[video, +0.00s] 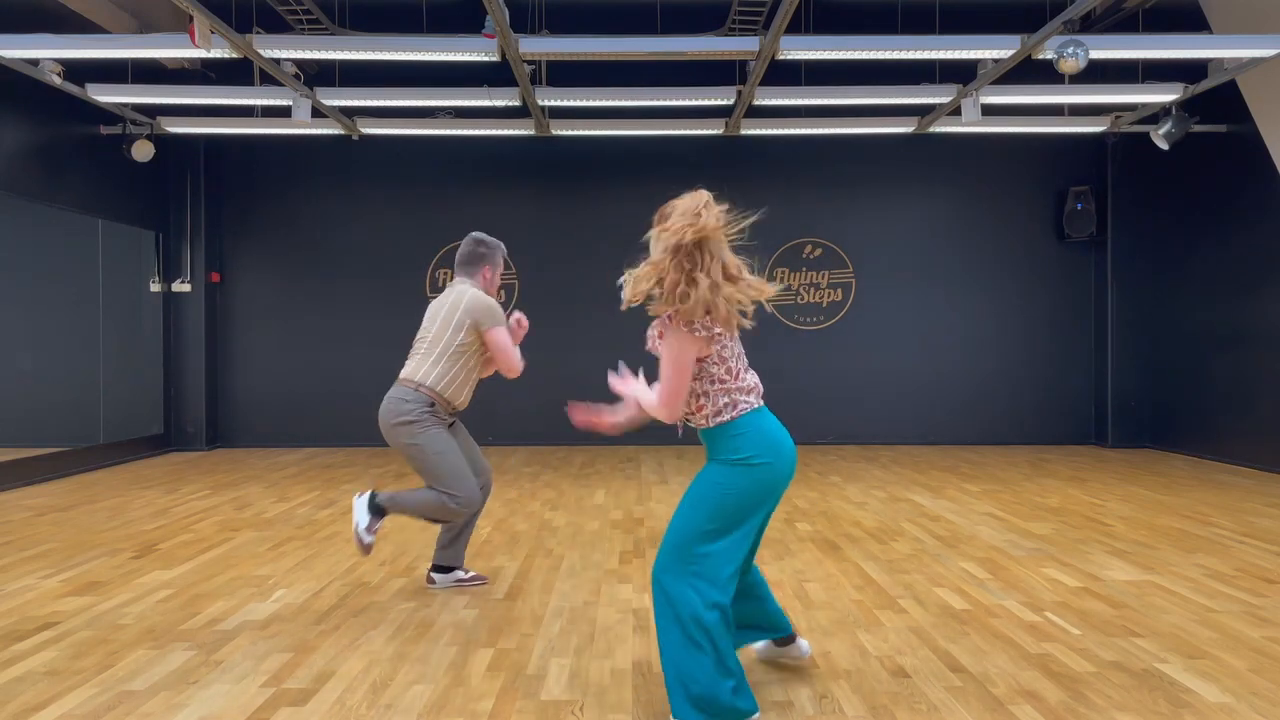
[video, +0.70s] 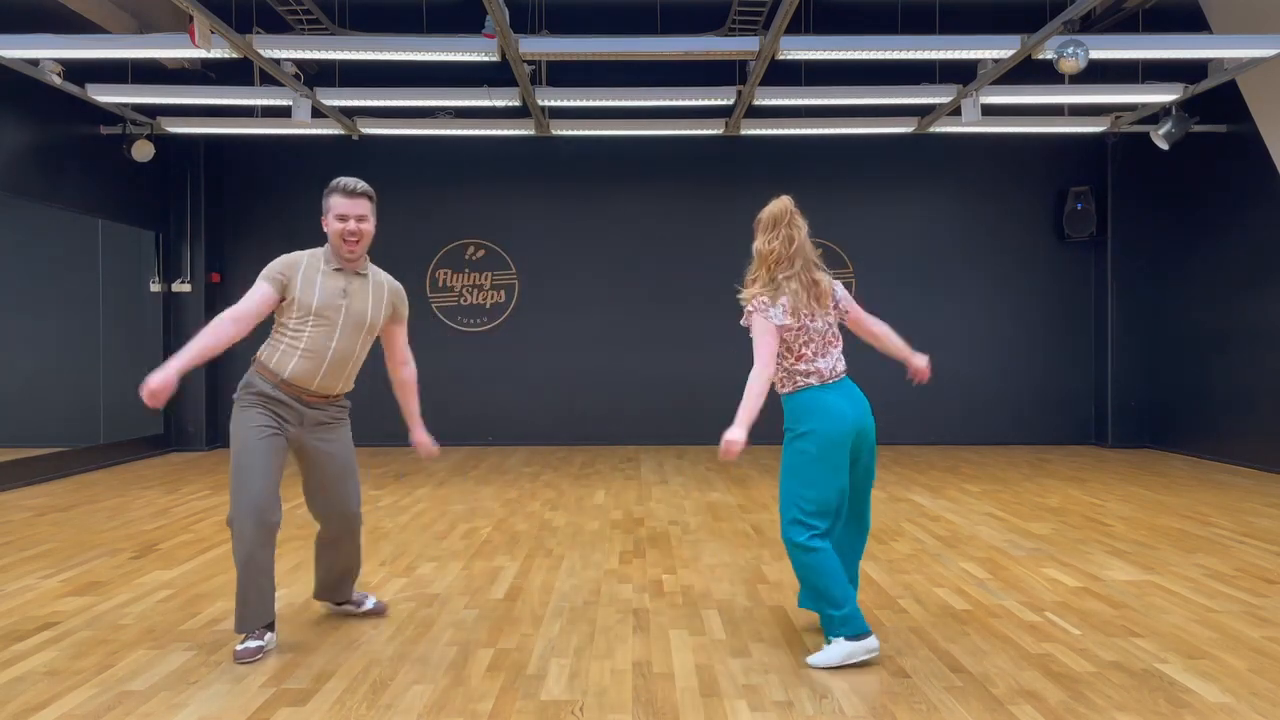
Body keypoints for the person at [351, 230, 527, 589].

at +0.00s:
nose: (500, 280)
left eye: (501, 272)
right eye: (500, 272)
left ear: (464, 270)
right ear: (487, 273)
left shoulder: (447, 300)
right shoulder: (481, 303)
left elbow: (474, 370)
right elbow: (513, 368)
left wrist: (510, 340)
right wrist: (508, 340)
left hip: (436, 410)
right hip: (412, 410)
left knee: (479, 480)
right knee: (463, 499)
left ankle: (445, 568)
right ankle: (374, 504)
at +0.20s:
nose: (459, 272)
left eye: (466, 265)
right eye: (450, 263)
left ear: (473, 270)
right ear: (431, 265)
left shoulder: (450, 315)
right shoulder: (416, 306)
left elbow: (463, 371)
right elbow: (397, 359)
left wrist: (509, 405)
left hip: (419, 415)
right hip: (381, 406)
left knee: (462, 483)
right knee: (353, 508)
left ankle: (447, 570)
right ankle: (300, 606)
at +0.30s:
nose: (434, 264)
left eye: (442, 256)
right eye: (425, 255)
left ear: (452, 261)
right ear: (408, 258)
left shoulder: (439, 314)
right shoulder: (390, 296)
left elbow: (456, 357)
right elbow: (346, 325)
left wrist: (505, 378)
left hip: (397, 419)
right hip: (352, 408)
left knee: (437, 485)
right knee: (334, 499)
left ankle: (445, 569)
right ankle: (283, 612)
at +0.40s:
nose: (411, 254)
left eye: (420, 246)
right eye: (402, 244)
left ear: (431, 251)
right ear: (385, 246)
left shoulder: (423, 308)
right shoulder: (358, 283)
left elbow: (446, 348)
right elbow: (300, 306)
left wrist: (497, 359)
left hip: (373, 415)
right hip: (324, 403)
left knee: (398, 499)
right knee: (306, 503)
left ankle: (427, 570)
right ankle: (274, 616)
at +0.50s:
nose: (390, 244)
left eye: (399, 235)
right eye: (381, 234)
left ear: (410, 241)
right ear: (363, 236)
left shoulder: (407, 300)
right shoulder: (332, 275)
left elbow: (434, 342)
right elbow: (267, 294)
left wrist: (487, 356)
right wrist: (205, 298)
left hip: (355, 414)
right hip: (299, 402)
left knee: (378, 497)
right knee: (279, 504)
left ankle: (391, 576)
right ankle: (267, 618)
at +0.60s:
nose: (371, 235)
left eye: (380, 226)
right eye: (361, 225)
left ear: (392, 233)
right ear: (344, 229)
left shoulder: (396, 295)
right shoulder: (311, 270)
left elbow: (421, 345)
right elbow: (241, 298)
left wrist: (462, 386)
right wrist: (174, 313)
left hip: (339, 413)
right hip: (279, 401)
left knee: (359, 504)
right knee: (260, 510)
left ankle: (367, 582)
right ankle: (262, 627)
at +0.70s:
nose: (351, 229)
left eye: (361, 220)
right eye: (342, 219)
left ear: (374, 225)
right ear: (325, 222)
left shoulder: (389, 294)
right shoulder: (292, 269)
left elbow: (401, 363)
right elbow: (235, 320)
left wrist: (417, 426)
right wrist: (173, 368)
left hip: (329, 412)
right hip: (266, 399)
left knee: (344, 512)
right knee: (254, 512)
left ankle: (337, 591)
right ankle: (256, 627)